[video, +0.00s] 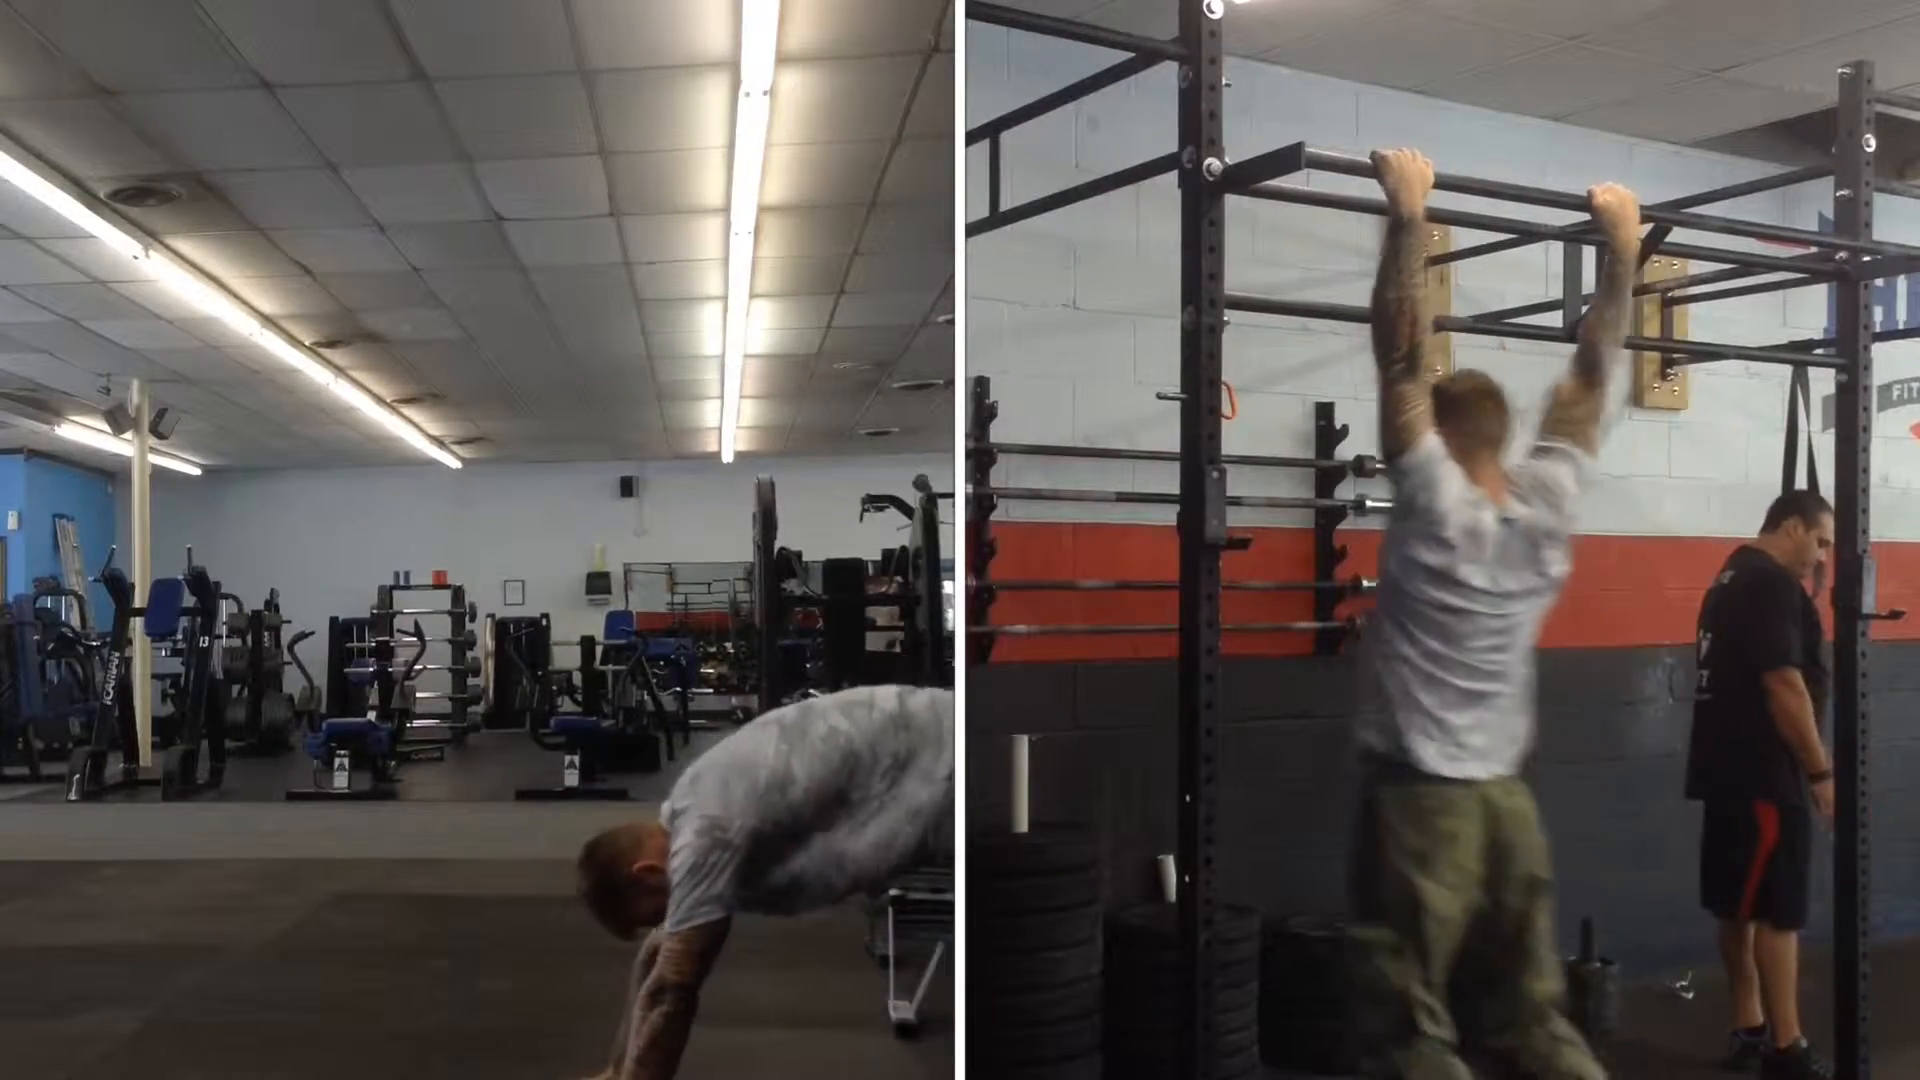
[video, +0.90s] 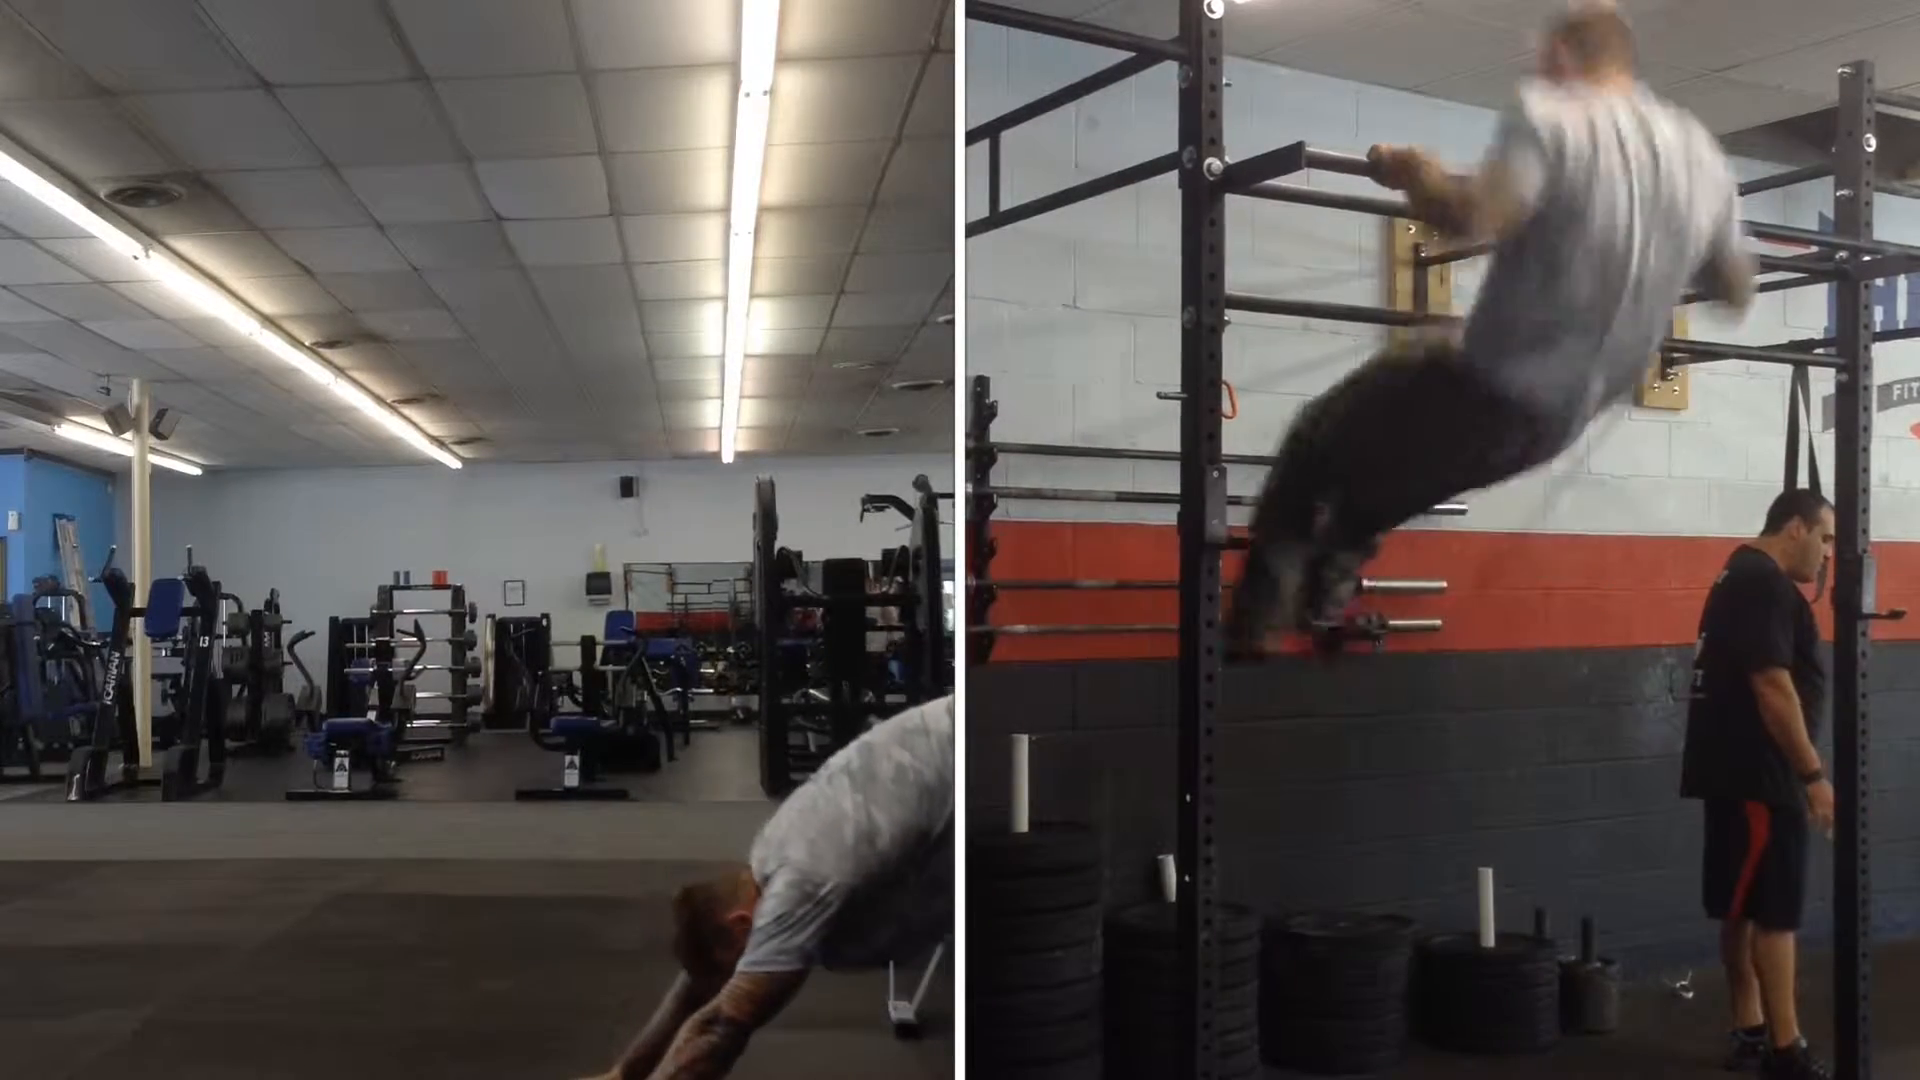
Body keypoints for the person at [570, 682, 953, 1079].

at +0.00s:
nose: (666, 922)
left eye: (654, 917)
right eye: (652, 926)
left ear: (649, 874)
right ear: (650, 861)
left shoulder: (707, 826)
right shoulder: (692, 814)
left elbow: (672, 995)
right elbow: (657, 956)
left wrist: (632, 1071)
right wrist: (621, 1066)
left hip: (961, 756)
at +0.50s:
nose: (704, 933)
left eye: (694, 931)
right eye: (694, 939)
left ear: (694, 885)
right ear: (694, 873)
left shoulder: (753, 845)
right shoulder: (732, 835)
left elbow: (693, 1005)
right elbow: (679, 968)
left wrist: (640, 1074)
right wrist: (621, 1068)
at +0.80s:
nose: (742, 970)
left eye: (734, 960)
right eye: (730, 967)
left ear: (738, 912)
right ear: (733, 905)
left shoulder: (799, 874)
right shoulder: (762, 854)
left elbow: (720, 1025)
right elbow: (696, 981)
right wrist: (625, 1069)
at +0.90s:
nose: (745, 975)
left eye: (736, 968)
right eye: (734, 972)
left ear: (742, 927)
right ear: (738, 919)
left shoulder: (804, 881)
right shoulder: (767, 862)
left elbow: (721, 1030)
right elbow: (698, 983)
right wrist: (625, 1069)